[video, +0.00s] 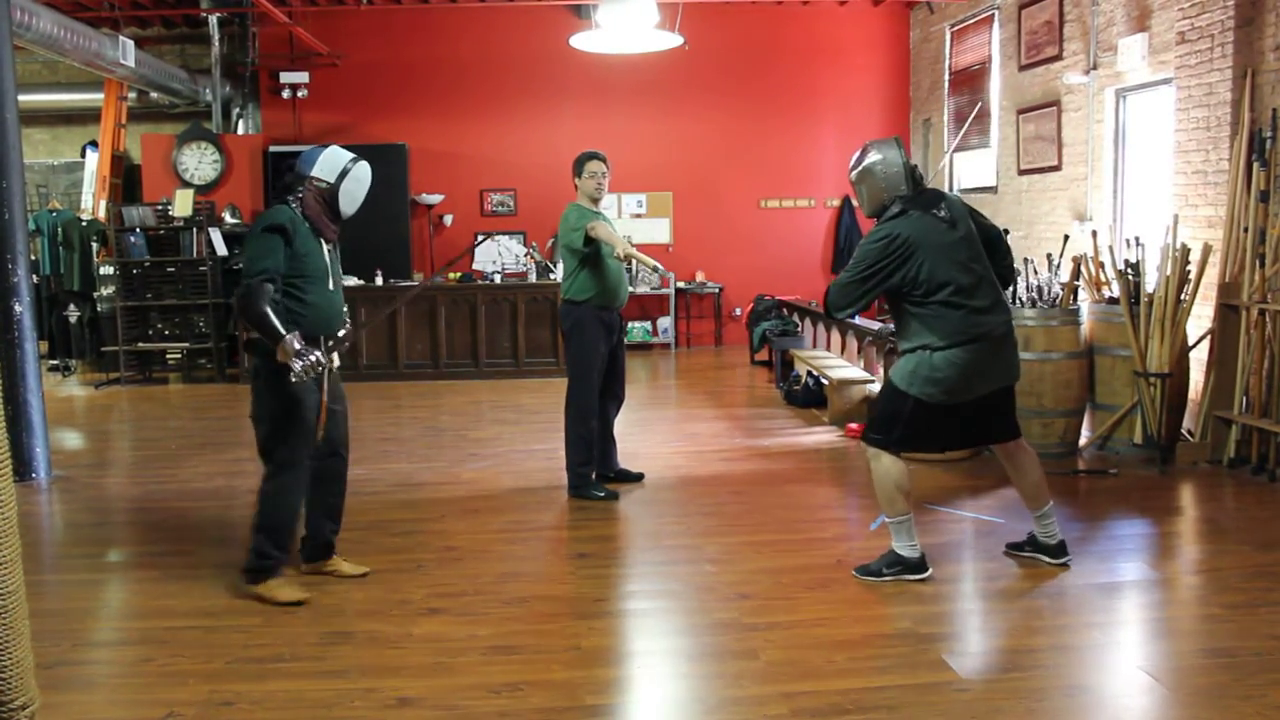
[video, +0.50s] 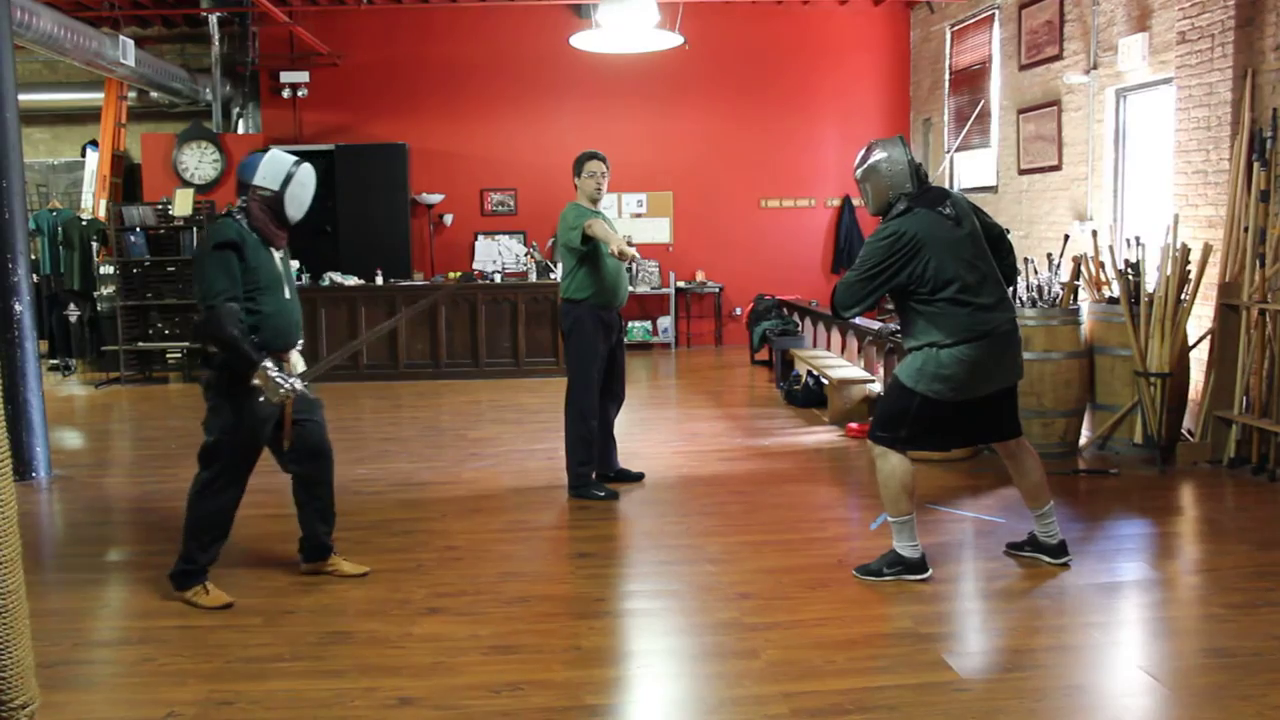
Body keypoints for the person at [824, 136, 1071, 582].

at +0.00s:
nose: (856, 200)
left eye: (857, 191)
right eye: (855, 191)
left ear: (873, 189)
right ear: (906, 179)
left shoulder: (888, 236)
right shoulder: (952, 207)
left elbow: (836, 303)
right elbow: (999, 250)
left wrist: (870, 274)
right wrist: (989, 296)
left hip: (938, 359)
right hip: (997, 350)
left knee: (881, 443)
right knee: (1008, 439)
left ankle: (906, 553)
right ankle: (1050, 539)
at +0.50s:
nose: (863, 198)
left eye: (865, 188)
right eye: (862, 188)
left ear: (883, 185)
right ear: (911, 177)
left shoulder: (895, 233)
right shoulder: (957, 205)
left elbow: (843, 302)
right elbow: (1003, 249)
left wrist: (882, 275)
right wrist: (992, 297)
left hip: (945, 355)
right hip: (1001, 346)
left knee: (886, 438)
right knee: (1009, 438)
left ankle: (907, 553)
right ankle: (1050, 538)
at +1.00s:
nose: (869, 195)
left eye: (870, 185)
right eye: (867, 185)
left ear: (888, 182)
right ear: (916, 173)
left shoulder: (901, 230)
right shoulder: (961, 204)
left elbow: (847, 299)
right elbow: (1005, 248)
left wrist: (884, 273)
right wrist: (996, 295)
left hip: (949, 353)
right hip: (1003, 345)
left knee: (889, 437)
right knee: (1010, 437)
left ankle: (908, 553)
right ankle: (1050, 539)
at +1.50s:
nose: (875, 192)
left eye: (876, 182)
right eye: (874, 182)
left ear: (893, 180)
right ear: (924, 171)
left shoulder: (905, 227)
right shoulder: (968, 204)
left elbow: (851, 297)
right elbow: (1010, 251)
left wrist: (887, 272)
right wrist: (995, 294)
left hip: (952, 352)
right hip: (1006, 345)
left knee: (893, 437)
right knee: (1012, 438)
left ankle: (910, 553)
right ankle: (1052, 538)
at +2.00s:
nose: (877, 191)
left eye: (878, 180)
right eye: (876, 181)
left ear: (896, 177)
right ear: (924, 171)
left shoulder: (907, 227)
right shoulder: (970, 204)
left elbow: (856, 297)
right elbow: (1013, 255)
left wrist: (884, 277)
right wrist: (994, 296)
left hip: (954, 352)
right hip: (1008, 344)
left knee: (895, 437)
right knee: (1014, 438)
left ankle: (911, 553)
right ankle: (1053, 538)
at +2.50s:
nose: (881, 193)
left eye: (882, 182)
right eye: (880, 183)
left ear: (899, 179)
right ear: (928, 172)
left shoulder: (910, 228)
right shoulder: (974, 206)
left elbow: (859, 296)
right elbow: (1016, 259)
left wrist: (888, 277)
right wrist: (992, 298)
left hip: (954, 356)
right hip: (1009, 348)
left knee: (898, 439)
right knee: (1016, 440)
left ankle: (911, 554)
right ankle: (1054, 539)